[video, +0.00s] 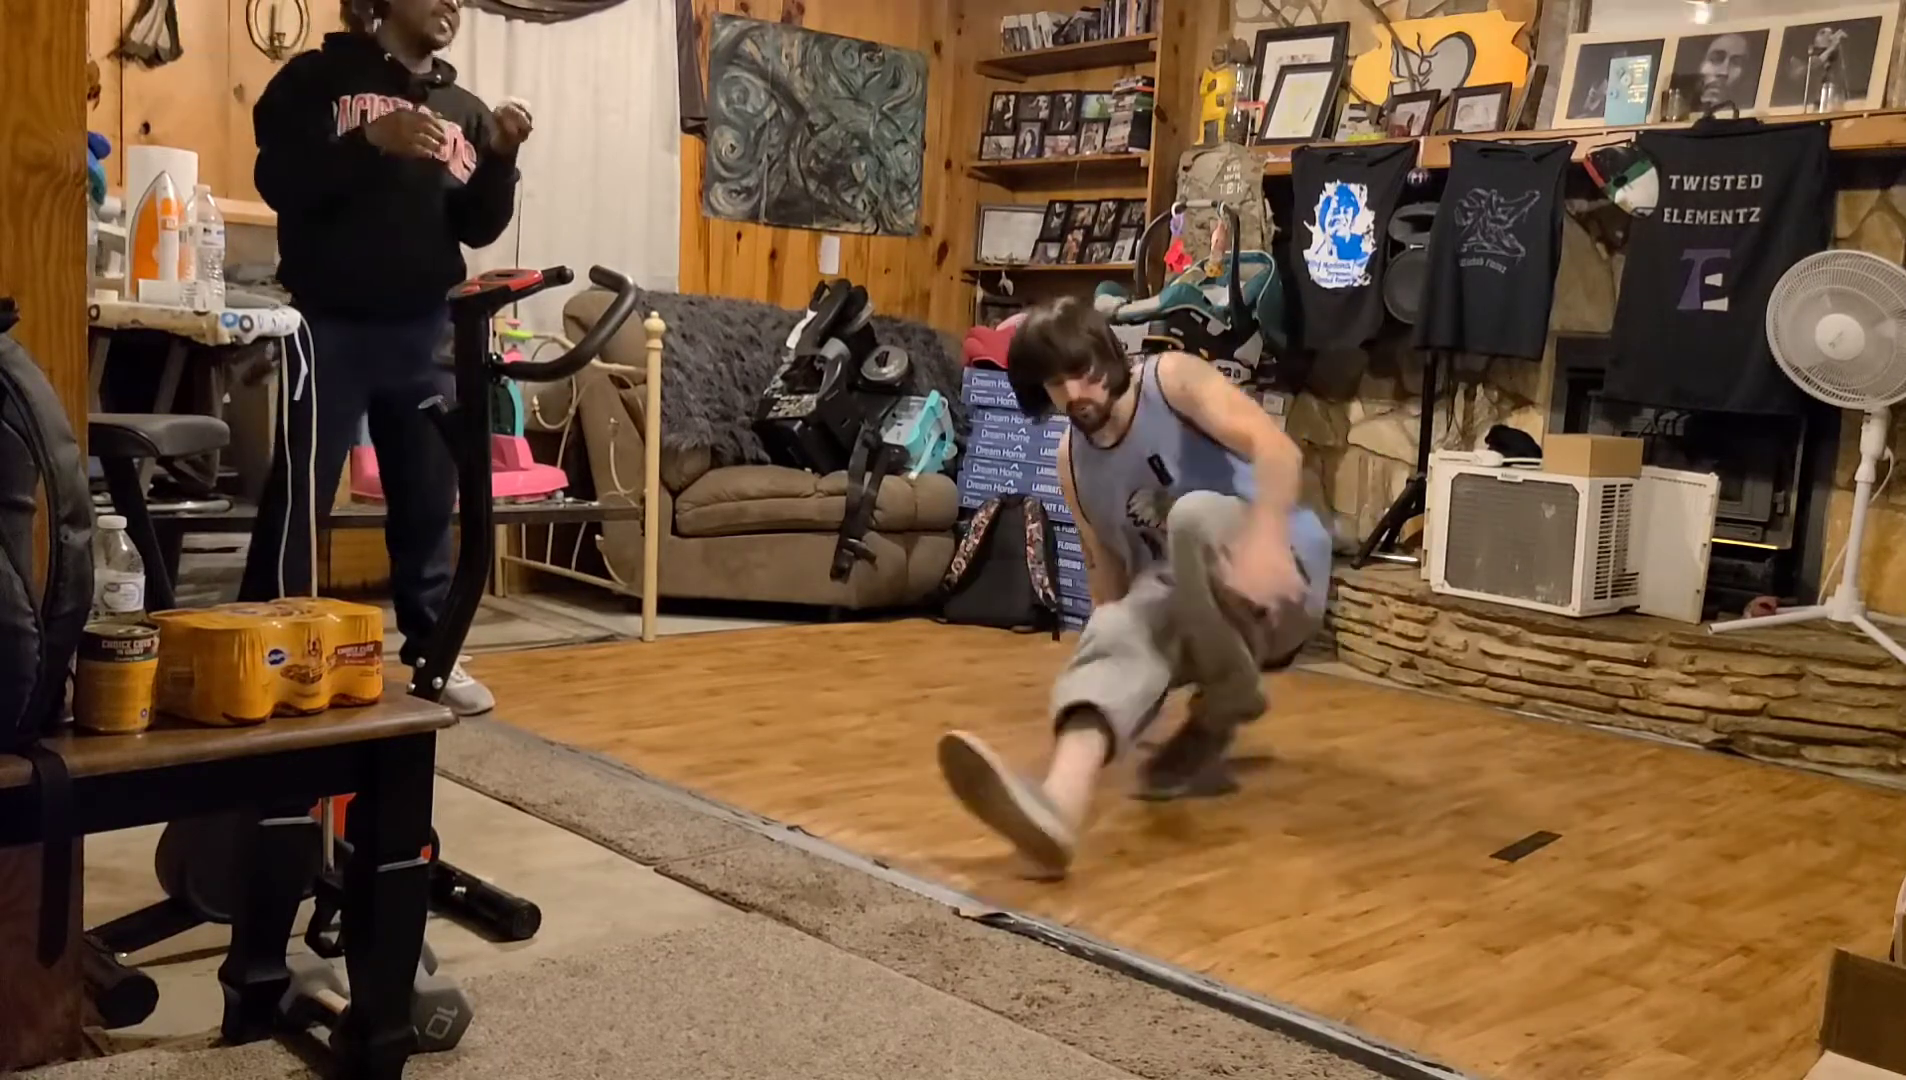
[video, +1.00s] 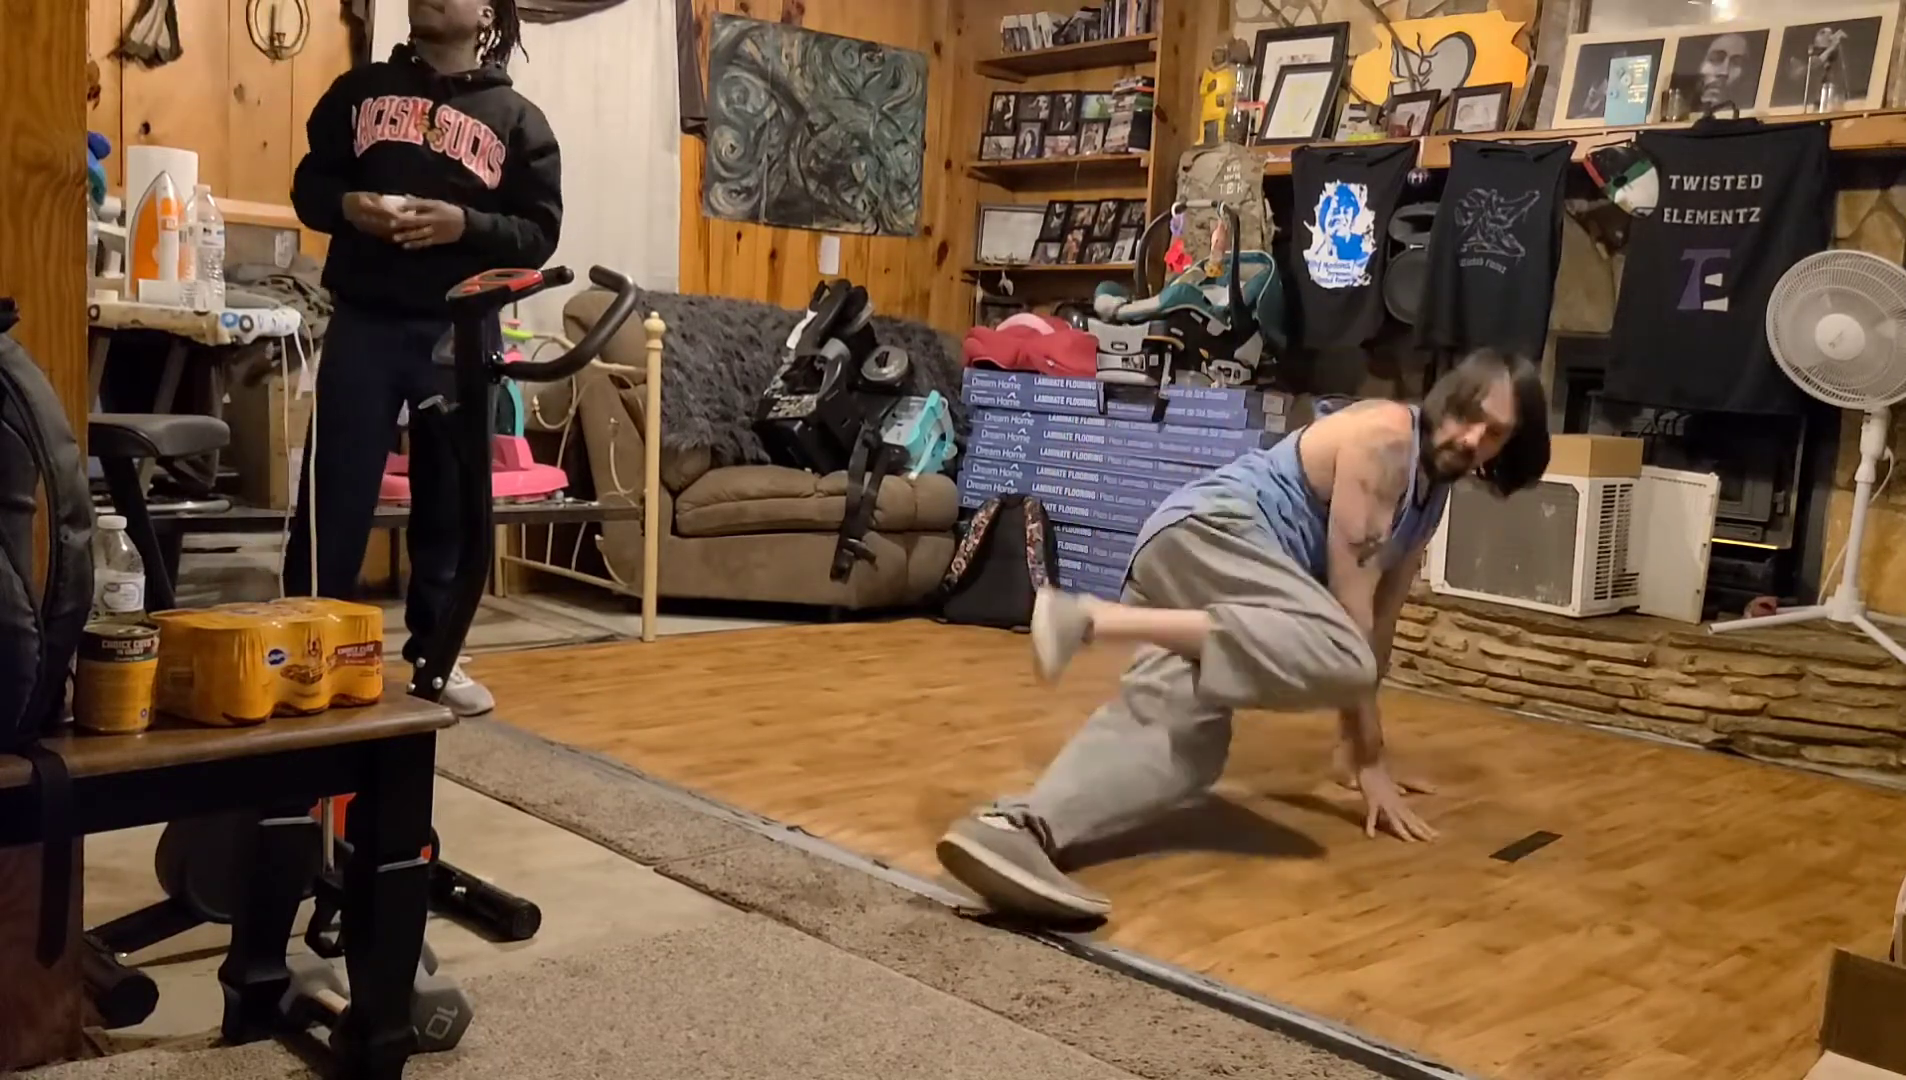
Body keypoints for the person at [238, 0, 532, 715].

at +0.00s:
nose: (452, 9)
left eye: (454, 1)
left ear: (443, 15)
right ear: (379, 3)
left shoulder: (462, 110)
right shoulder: (313, 78)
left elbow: (474, 227)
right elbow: (282, 182)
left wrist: (500, 159)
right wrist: (367, 139)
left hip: (423, 328)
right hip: (328, 325)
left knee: (428, 500)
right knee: (302, 496)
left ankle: (432, 657)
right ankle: (258, 656)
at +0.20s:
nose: (466, 7)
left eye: (473, 1)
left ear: (478, 17)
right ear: (403, 3)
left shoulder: (490, 116)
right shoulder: (335, 83)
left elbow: (515, 235)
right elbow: (282, 180)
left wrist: (500, 176)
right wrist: (375, 162)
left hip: (441, 333)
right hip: (343, 328)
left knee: (440, 503)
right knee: (310, 496)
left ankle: (433, 660)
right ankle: (267, 655)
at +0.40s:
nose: (480, 3)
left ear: (511, 25)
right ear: (431, 7)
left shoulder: (529, 131)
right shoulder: (364, 84)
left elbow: (546, 240)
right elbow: (306, 174)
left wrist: (501, 228)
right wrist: (373, 203)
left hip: (460, 334)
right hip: (364, 324)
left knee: (447, 500)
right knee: (333, 487)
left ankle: (434, 657)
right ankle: (285, 648)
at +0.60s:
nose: (475, 0)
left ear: (513, 19)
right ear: (432, 6)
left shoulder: (535, 129)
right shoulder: (372, 87)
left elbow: (551, 240)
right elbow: (316, 185)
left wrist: (495, 216)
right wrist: (377, 201)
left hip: (471, 331)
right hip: (378, 322)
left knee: (454, 498)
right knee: (355, 483)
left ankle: (436, 659)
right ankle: (297, 645)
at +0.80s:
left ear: (504, 17)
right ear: (425, 7)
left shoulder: (533, 122)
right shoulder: (371, 88)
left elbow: (556, 232)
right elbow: (317, 190)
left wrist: (485, 214)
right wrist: (377, 201)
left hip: (471, 331)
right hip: (376, 323)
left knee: (455, 499)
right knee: (351, 487)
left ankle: (435, 660)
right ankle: (317, 651)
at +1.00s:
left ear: (488, 15)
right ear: (413, 8)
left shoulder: (519, 121)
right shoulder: (360, 89)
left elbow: (540, 235)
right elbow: (309, 190)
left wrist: (465, 224)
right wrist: (351, 206)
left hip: (460, 332)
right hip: (364, 324)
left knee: (451, 501)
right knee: (336, 494)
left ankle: (435, 660)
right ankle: (310, 656)